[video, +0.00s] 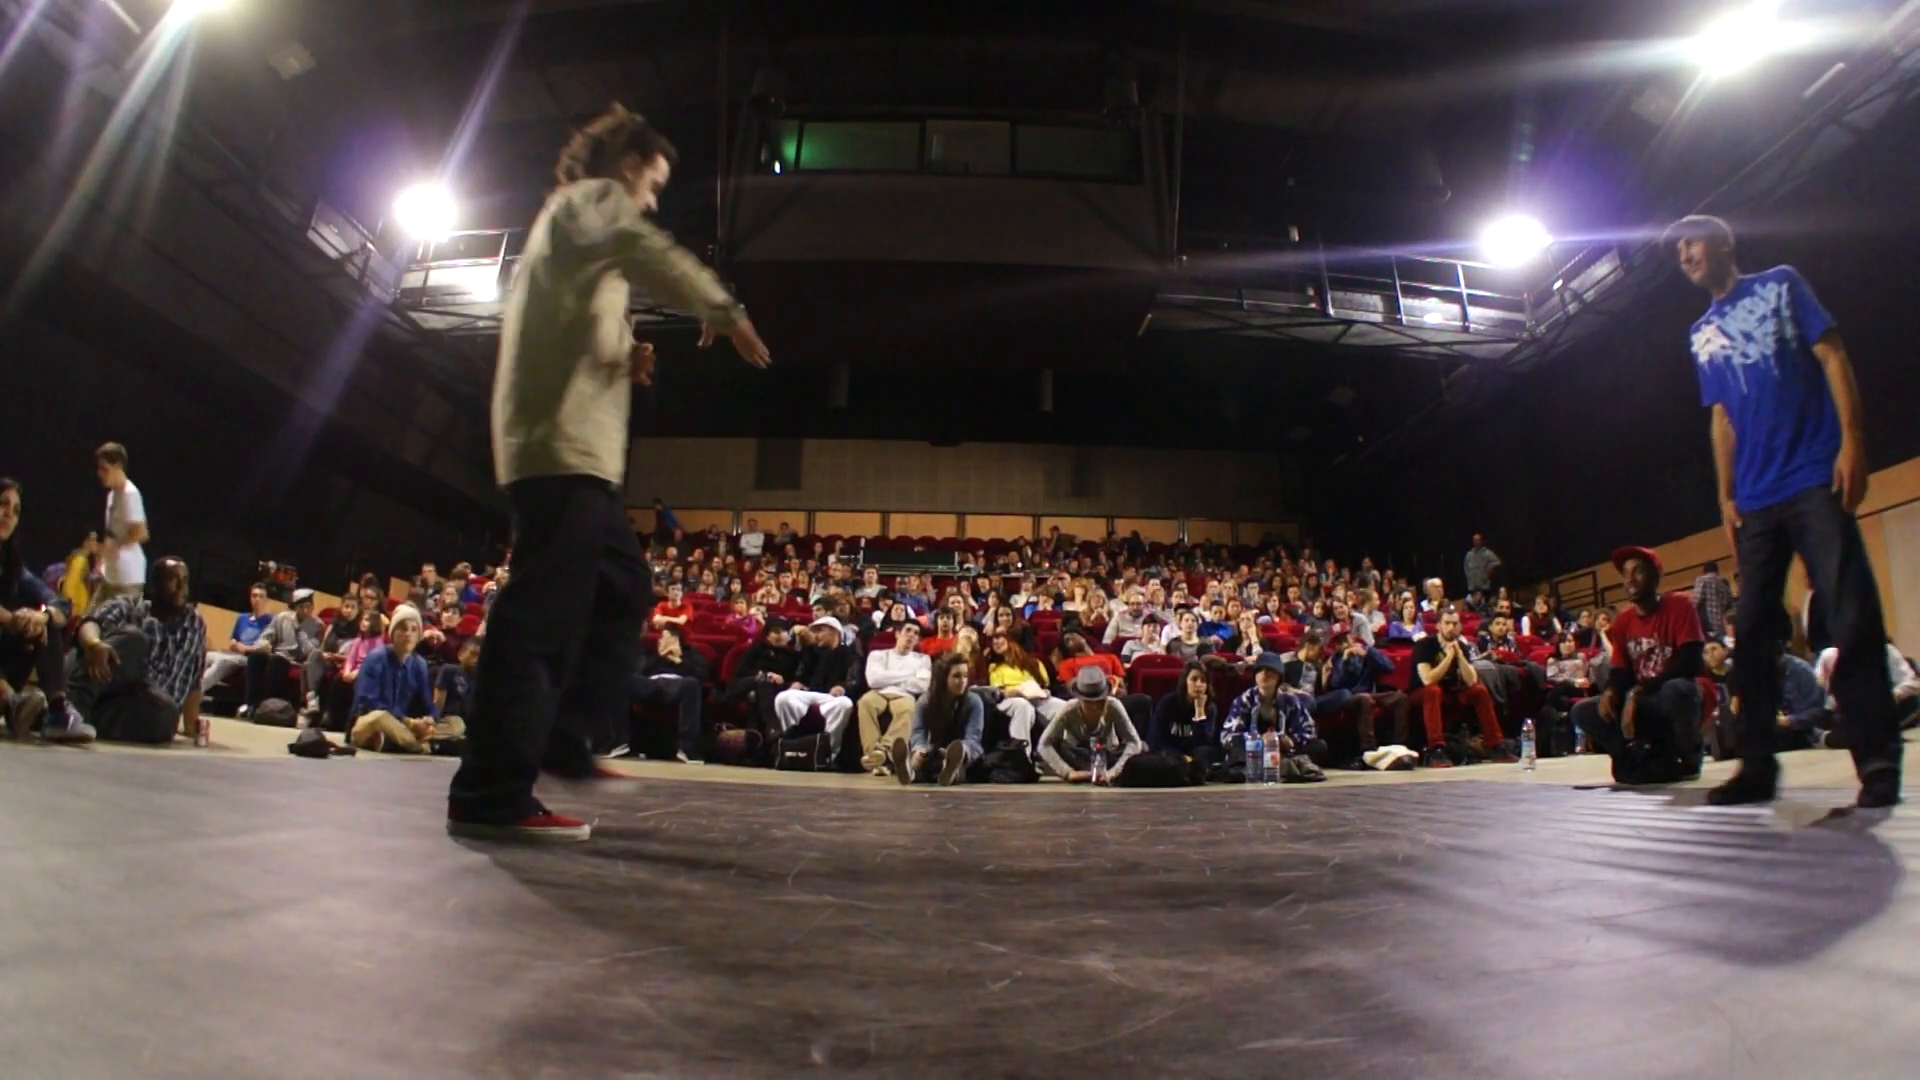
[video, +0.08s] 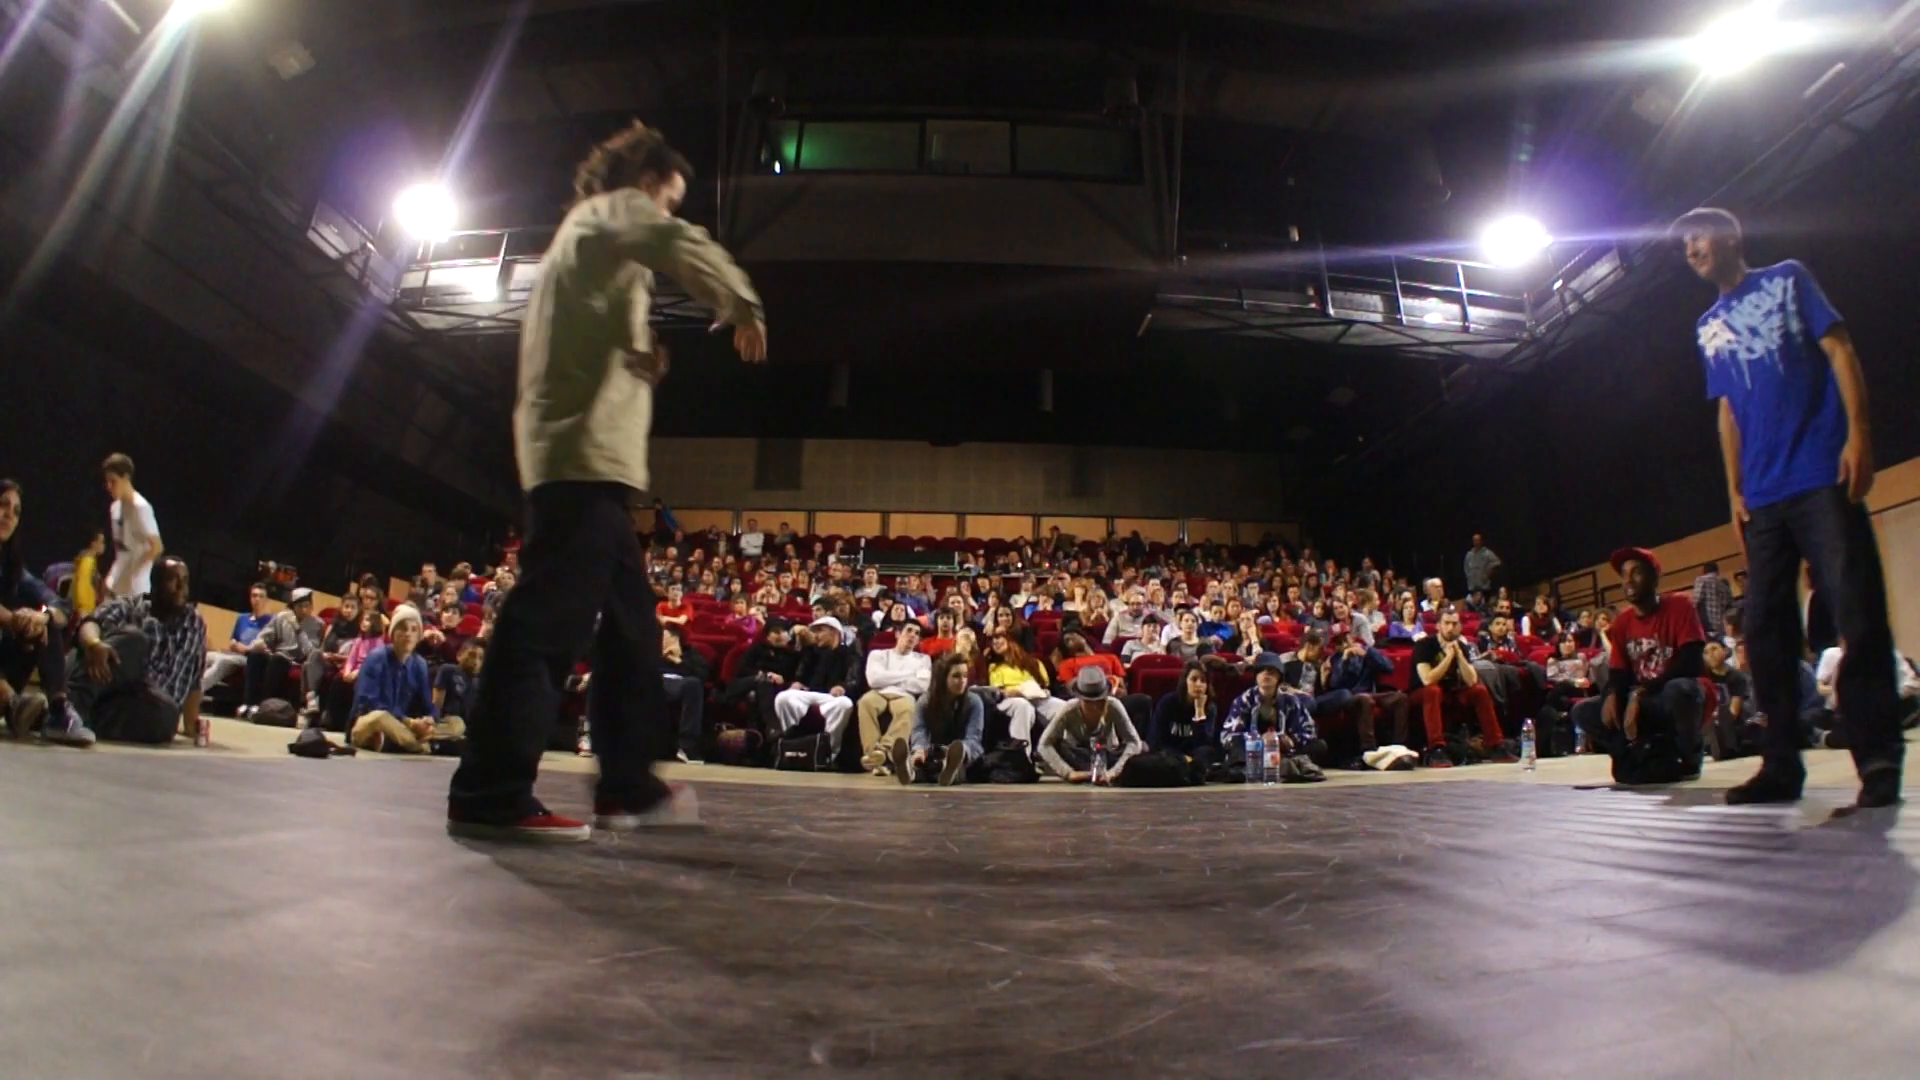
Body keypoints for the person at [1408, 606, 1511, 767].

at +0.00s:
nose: (1451, 628)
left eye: (1455, 624)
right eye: (1447, 623)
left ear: (1460, 627)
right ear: (1439, 626)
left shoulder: (1462, 647)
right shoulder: (1424, 646)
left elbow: (1471, 681)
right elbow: (1427, 678)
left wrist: (1459, 655)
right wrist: (1449, 657)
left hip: (1454, 692)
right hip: (1428, 693)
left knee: (1480, 691)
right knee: (1433, 691)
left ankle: (1496, 745)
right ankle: (1436, 748)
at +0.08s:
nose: (1450, 628)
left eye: (1455, 624)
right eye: (1446, 623)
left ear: (1460, 627)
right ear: (1439, 626)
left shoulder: (1462, 647)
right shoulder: (1424, 646)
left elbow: (1471, 681)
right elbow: (1427, 678)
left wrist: (1459, 655)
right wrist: (1449, 657)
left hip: (1454, 693)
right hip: (1427, 694)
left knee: (1480, 691)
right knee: (1433, 691)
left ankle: (1496, 745)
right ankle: (1436, 748)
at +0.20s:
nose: (1450, 629)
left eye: (1454, 624)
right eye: (1446, 624)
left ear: (1460, 627)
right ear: (1438, 626)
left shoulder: (1462, 646)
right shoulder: (1423, 646)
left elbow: (1471, 681)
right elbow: (1427, 678)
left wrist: (1458, 654)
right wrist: (1448, 657)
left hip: (1455, 692)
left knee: (1480, 691)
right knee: (1433, 691)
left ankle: (1496, 745)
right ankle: (1436, 748)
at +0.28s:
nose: (1450, 628)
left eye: (1454, 624)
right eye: (1446, 624)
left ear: (1460, 627)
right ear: (1438, 626)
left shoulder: (1462, 646)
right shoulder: (1423, 646)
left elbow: (1472, 681)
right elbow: (1427, 678)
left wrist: (1458, 654)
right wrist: (1449, 657)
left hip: (1454, 692)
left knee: (1480, 691)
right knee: (1433, 691)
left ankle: (1496, 745)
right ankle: (1436, 748)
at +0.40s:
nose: (1450, 628)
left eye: (1454, 624)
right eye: (1446, 624)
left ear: (1460, 627)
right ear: (1438, 626)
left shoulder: (1462, 646)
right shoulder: (1423, 646)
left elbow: (1472, 681)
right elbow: (1427, 678)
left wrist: (1459, 655)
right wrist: (1449, 657)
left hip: (1454, 692)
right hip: (1428, 693)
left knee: (1480, 691)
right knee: (1433, 691)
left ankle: (1497, 745)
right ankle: (1436, 748)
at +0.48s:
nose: (1450, 628)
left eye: (1454, 624)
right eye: (1446, 624)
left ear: (1460, 627)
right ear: (1438, 626)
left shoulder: (1462, 646)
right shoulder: (1424, 645)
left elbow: (1472, 681)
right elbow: (1427, 678)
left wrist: (1459, 655)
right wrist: (1449, 657)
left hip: (1454, 692)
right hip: (1427, 694)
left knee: (1480, 691)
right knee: (1433, 691)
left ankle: (1497, 745)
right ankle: (1436, 748)